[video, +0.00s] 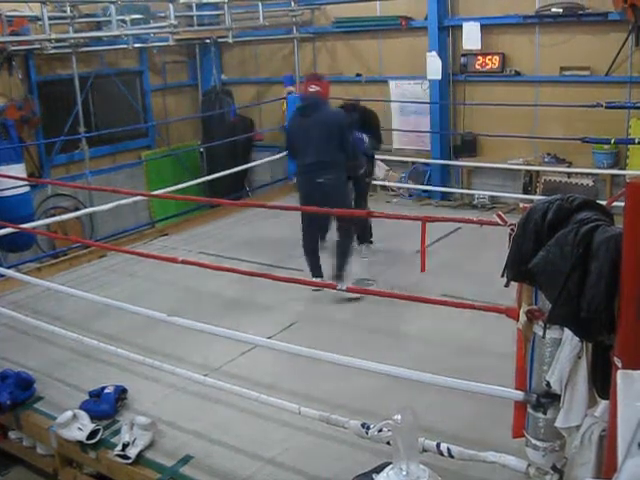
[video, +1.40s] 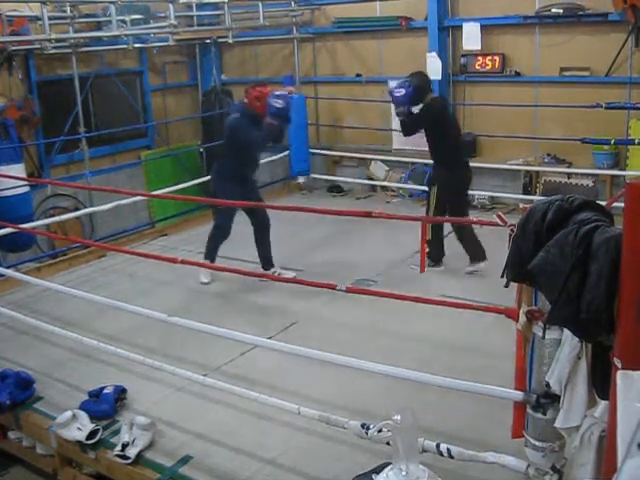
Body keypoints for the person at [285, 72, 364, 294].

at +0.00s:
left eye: (307, 92)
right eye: (324, 92)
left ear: (303, 94)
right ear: (325, 94)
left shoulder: (295, 121)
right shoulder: (338, 117)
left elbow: (292, 151)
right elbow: (349, 149)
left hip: (308, 180)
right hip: (335, 179)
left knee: (310, 227)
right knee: (345, 223)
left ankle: (316, 275)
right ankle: (339, 274)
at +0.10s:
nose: (319, 98)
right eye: (318, 94)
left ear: (294, 96)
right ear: (316, 95)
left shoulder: (285, 122)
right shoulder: (324, 118)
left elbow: (282, 154)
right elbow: (337, 146)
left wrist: (301, 153)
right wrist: (349, 160)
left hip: (297, 180)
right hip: (321, 179)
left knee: (305, 225)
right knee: (331, 226)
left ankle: (311, 270)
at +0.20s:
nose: (315, 94)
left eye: (314, 90)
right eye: (313, 90)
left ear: (289, 92)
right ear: (308, 92)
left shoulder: (278, 121)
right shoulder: (312, 117)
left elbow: (275, 155)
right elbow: (330, 149)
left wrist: (297, 150)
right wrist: (351, 149)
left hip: (288, 183)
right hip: (310, 183)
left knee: (300, 234)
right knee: (314, 234)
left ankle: (317, 278)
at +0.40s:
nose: (300, 103)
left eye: (299, 98)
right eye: (297, 98)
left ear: (277, 98)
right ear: (290, 99)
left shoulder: (266, 120)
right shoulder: (287, 124)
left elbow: (285, 149)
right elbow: (303, 156)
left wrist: (307, 142)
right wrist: (318, 148)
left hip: (269, 188)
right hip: (282, 190)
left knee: (293, 235)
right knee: (281, 240)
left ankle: (314, 277)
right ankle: (244, 281)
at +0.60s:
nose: (285, 110)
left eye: (284, 105)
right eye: (281, 105)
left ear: (265, 106)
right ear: (272, 107)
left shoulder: (255, 128)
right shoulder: (262, 134)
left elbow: (262, 161)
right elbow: (276, 168)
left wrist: (284, 151)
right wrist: (296, 156)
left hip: (257, 194)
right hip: (257, 197)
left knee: (289, 225)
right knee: (258, 247)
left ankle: (300, 273)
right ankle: (230, 293)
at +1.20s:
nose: (281, 112)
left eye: (283, 108)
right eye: (278, 107)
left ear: (279, 108)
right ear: (268, 106)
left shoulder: (267, 124)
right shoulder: (251, 124)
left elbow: (279, 144)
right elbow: (273, 147)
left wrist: (295, 129)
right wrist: (293, 134)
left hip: (248, 181)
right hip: (230, 181)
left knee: (267, 222)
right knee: (235, 230)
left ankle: (268, 270)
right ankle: (220, 277)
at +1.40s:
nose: (264, 106)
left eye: (265, 102)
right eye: (260, 101)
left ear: (265, 103)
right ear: (249, 101)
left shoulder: (259, 121)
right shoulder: (237, 122)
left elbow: (276, 138)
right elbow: (254, 143)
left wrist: (283, 112)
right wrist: (268, 130)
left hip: (245, 179)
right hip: (226, 180)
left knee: (262, 222)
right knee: (223, 227)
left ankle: (269, 268)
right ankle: (207, 265)